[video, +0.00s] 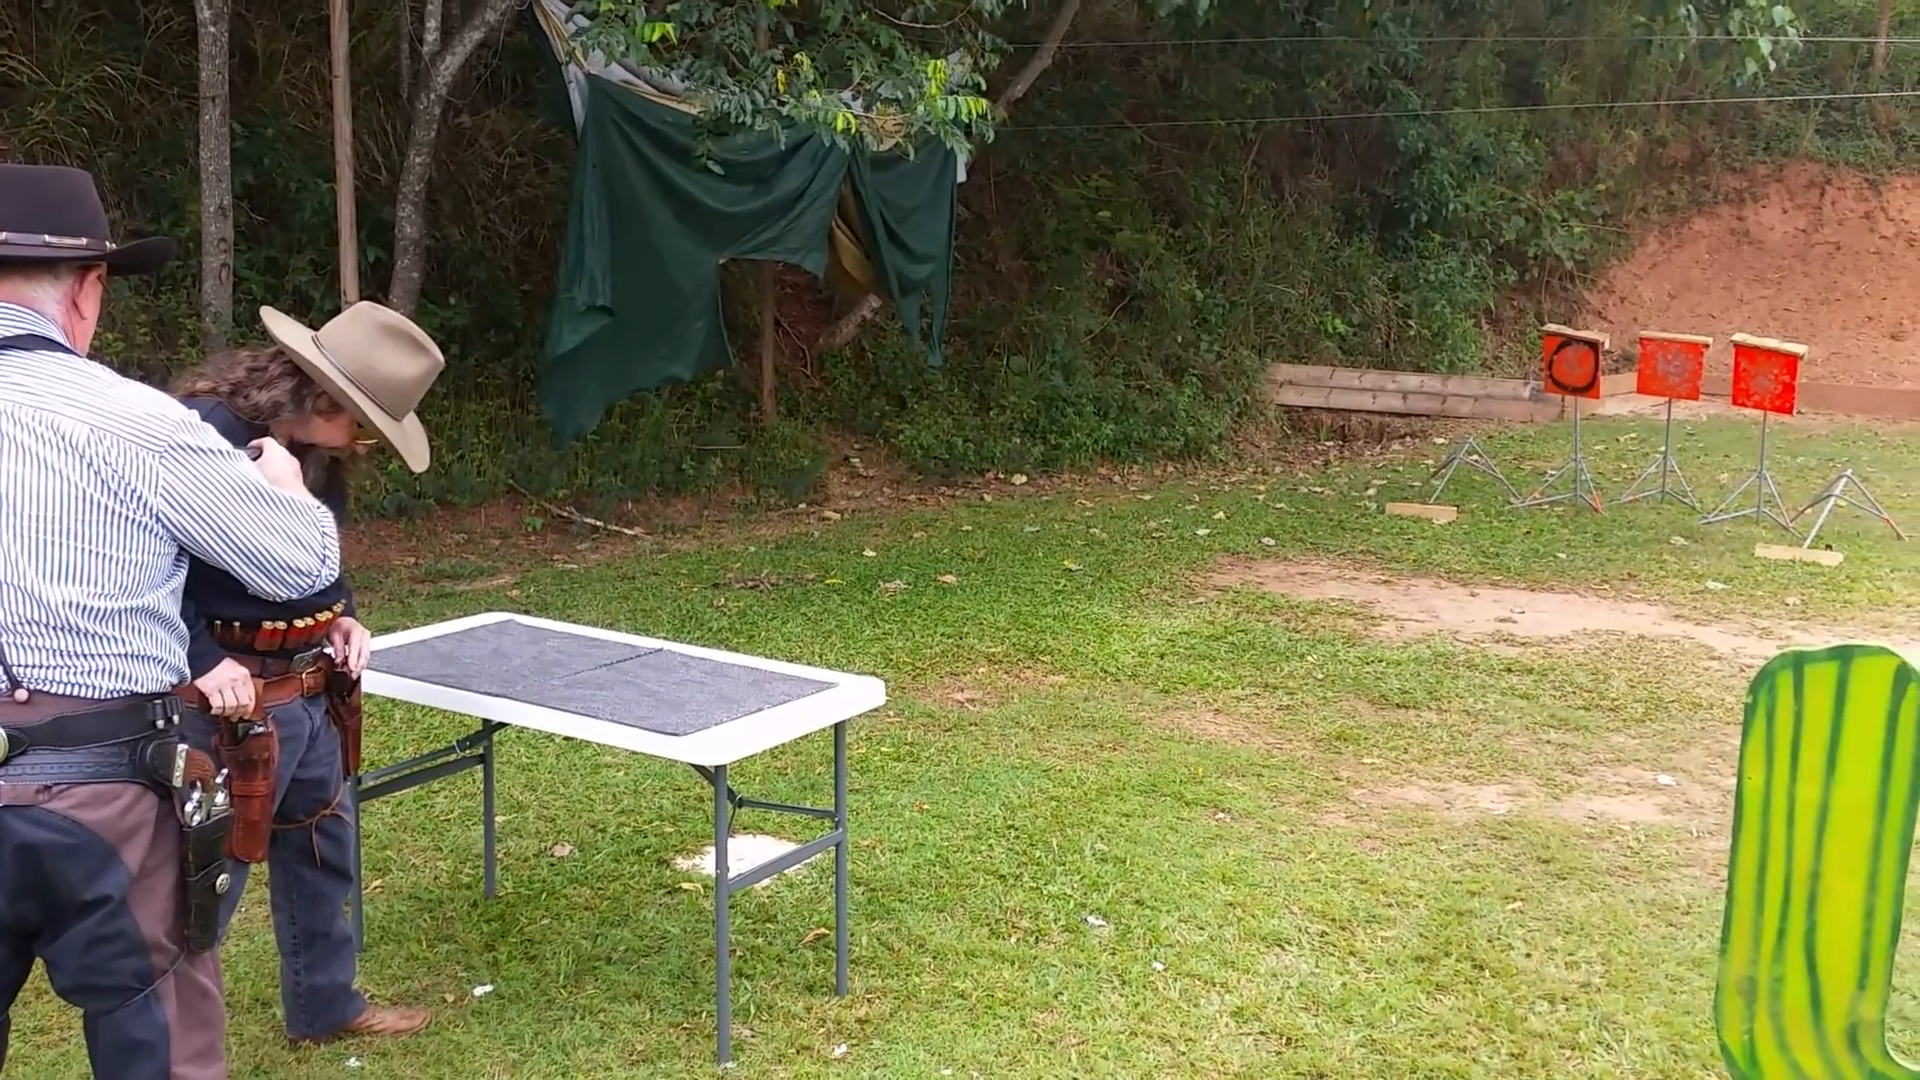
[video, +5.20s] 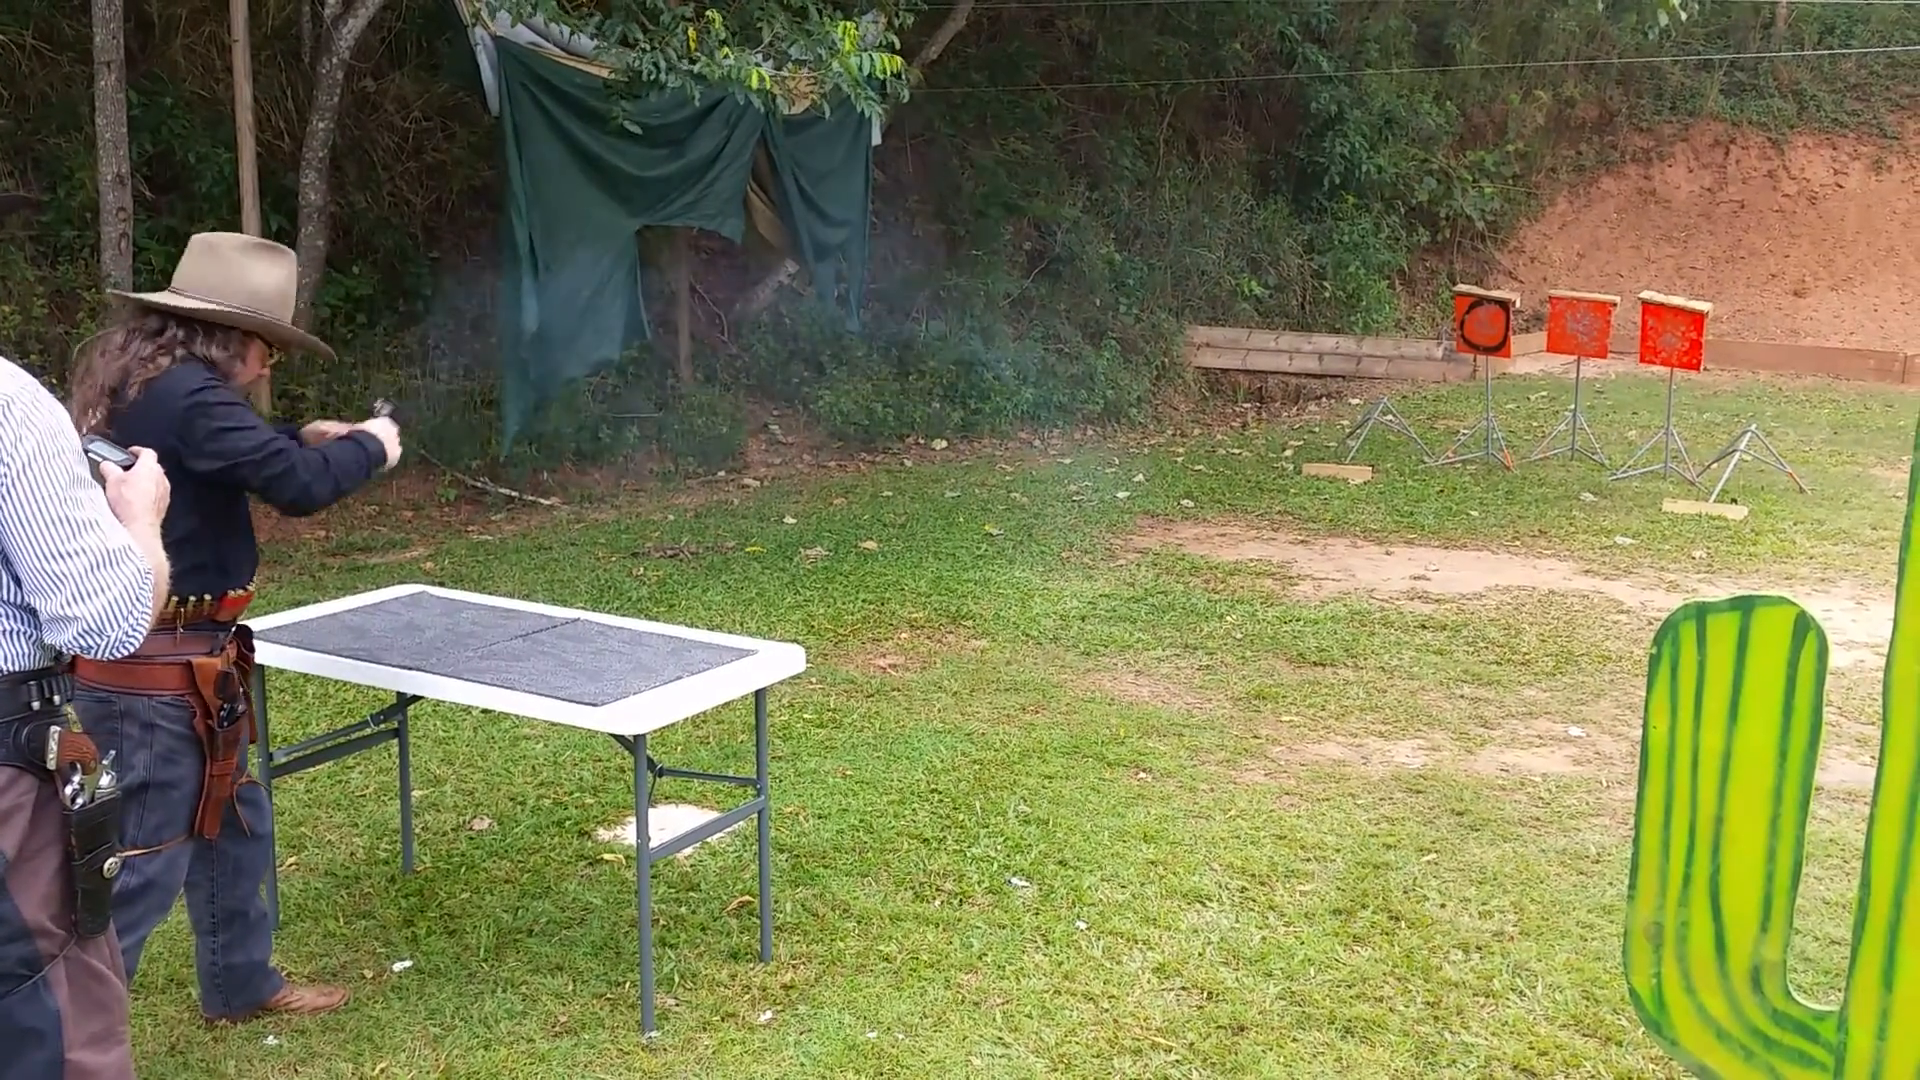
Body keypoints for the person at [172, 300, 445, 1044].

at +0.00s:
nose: (357, 445)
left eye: (366, 434)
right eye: (359, 429)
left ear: (336, 409)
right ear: (328, 402)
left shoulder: (309, 460)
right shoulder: (200, 439)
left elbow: (304, 561)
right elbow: (151, 569)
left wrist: (336, 618)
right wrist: (202, 656)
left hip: (307, 694)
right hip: (225, 706)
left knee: (321, 854)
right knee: (206, 883)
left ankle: (324, 1006)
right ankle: (168, 1033)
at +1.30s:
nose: (322, 378)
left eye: (324, 362)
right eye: (318, 360)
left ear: (245, 341)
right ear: (282, 357)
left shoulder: (222, 408)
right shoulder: (212, 412)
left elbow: (236, 524)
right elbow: (263, 553)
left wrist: (297, 562)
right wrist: (303, 623)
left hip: (254, 666)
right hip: (197, 673)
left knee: (287, 825)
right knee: (175, 859)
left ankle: (291, 986)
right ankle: (131, 1006)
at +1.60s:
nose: (290, 332)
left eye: (289, 318)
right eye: (283, 319)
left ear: (207, 322)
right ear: (254, 324)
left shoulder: (178, 383)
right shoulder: (221, 388)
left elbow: (200, 493)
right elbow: (250, 510)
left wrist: (287, 481)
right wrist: (322, 501)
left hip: (226, 657)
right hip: (190, 663)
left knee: (271, 821)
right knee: (182, 855)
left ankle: (284, 981)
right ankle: (120, 1007)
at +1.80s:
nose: (276, 326)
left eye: (272, 312)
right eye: (267, 314)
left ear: (191, 321)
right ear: (235, 324)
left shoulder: (152, 386)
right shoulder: (231, 404)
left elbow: (264, 441)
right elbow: (340, 478)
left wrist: (353, 416)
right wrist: (398, 444)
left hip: (179, 643)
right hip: (202, 656)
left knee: (268, 811)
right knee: (189, 849)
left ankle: (278, 978)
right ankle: (116, 1010)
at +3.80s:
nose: (280, 338)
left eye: (277, 324)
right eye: (272, 324)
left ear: (196, 324)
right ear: (237, 327)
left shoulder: (146, 381)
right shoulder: (223, 397)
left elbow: (299, 388)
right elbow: (333, 413)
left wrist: (401, 358)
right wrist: (426, 384)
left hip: (128, 643)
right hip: (168, 654)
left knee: (236, 814)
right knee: (149, 857)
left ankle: (245, 982)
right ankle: (74, 1016)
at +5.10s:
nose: (273, 345)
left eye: (272, 330)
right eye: (266, 330)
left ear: (192, 326)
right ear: (227, 330)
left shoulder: (146, 384)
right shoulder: (210, 399)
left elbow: (280, 404)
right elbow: (334, 438)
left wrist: (385, 377)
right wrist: (413, 400)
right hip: (149, 668)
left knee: (230, 823)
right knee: (142, 865)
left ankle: (241, 986)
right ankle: (66, 1024)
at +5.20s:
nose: (264, 366)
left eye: (268, 352)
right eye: (264, 350)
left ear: (189, 321)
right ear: (235, 339)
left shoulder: (138, 378)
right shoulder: (188, 398)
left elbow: (219, 449)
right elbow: (300, 484)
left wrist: (301, 436)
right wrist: (376, 446)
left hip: (185, 653)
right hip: (155, 666)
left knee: (235, 819)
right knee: (149, 855)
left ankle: (240, 985)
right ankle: (76, 1012)